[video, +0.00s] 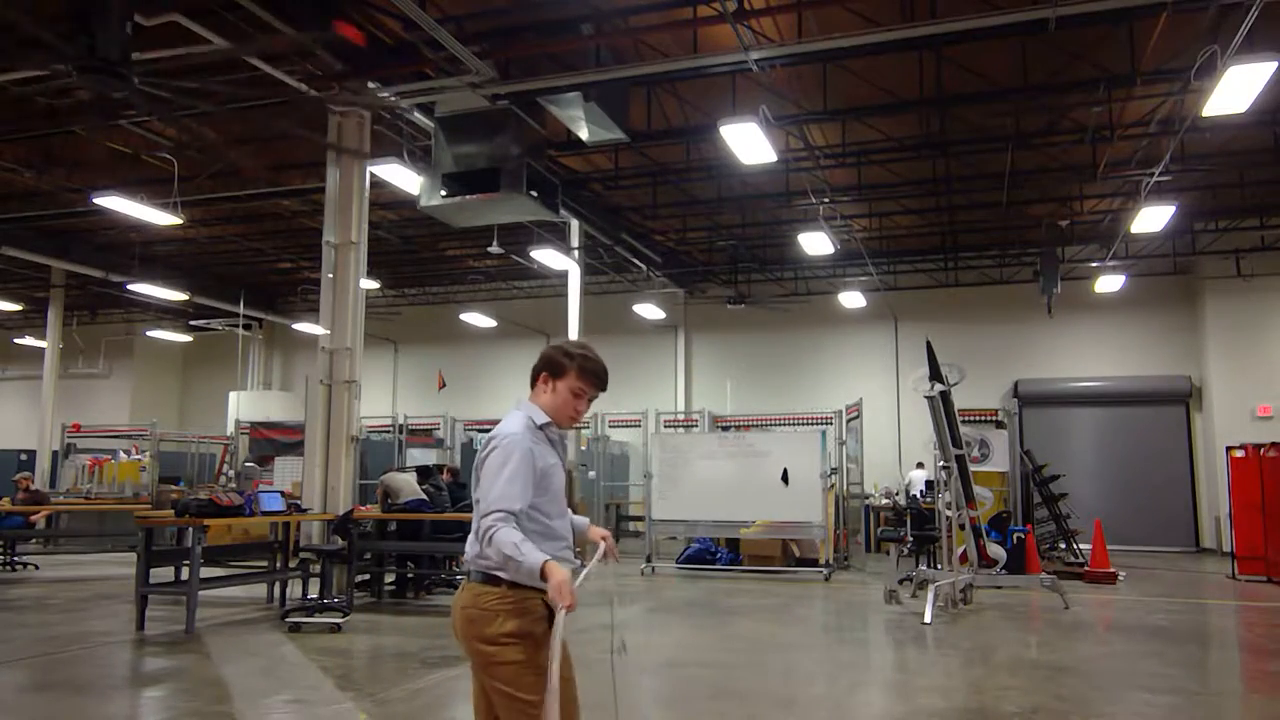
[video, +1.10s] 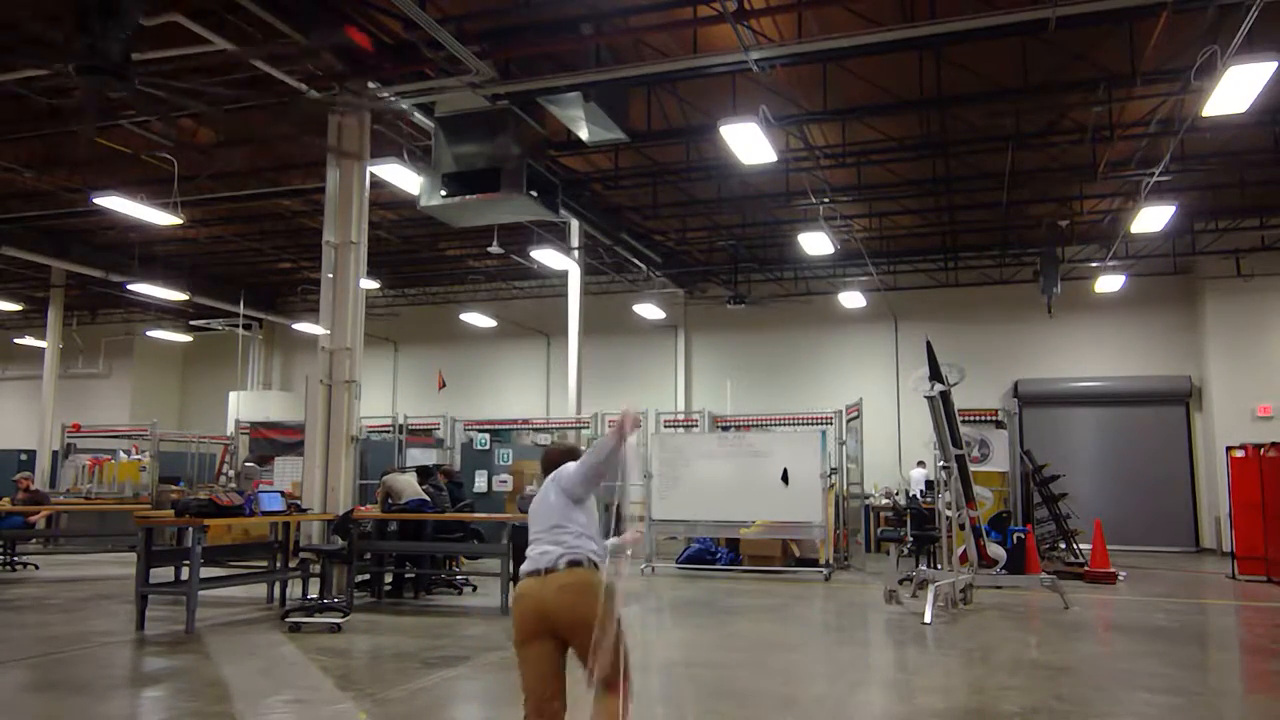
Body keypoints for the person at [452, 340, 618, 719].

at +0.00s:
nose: (583, 409)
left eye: (589, 401)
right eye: (577, 395)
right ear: (545, 383)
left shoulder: (538, 438)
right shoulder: (517, 439)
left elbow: (542, 515)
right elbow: (493, 529)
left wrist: (587, 529)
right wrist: (547, 567)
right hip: (505, 605)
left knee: (495, 713)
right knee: (546, 713)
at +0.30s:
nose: (615, 408)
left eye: (618, 398)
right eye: (613, 396)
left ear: (583, 390)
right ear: (583, 388)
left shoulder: (543, 436)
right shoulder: (545, 441)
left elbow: (546, 509)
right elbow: (523, 520)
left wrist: (585, 536)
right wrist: (555, 580)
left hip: (488, 588)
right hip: (515, 594)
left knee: (499, 713)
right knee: (552, 713)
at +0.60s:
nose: (635, 420)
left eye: (635, 412)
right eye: (635, 412)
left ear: (587, 408)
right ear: (629, 415)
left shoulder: (559, 446)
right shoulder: (591, 452)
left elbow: (535, 514)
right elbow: (576, 516)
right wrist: (576, 573)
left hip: (490, 585)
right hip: (530, 590)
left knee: (522, 710)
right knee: (556, 710)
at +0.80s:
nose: (608, 452)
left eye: (606, 445)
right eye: (608, 446)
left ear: (563, 449)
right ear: (602, 451)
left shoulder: (547, 486)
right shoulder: (590, 477)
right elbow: (588, 509)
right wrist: (589, 543)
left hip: (505, 614)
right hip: (553, 612)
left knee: (531, 710)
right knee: (577, 712)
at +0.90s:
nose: (589, 458)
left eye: (588, 454)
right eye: (588, 454)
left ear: (546, 460)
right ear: (583, 457)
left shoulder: (535, 495)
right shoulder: (579, 476)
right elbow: (585, 492)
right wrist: (593, 508)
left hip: (512, 606)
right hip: (563, 602)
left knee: (532, 708)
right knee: (578, 711)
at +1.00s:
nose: (581, 465)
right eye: (579, 461)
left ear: (540, 469)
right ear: (574, 463)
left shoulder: (531, 501)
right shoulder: (567, 481)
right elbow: (583, 479)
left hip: (519, 597)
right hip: (569, 594)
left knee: (538, 710)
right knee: (587, 707)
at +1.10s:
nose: (583, 469)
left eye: (583, 463)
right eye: (580, 463)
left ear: (544, 468)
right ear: (573, 463)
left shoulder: (538, 502)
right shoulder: (565, 478)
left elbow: (575, 545)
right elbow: (590, 464)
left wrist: (620, 542)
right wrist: (619, 433)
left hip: (528, 589)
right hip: (575, 582)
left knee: (542, 707)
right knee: (612, 684)